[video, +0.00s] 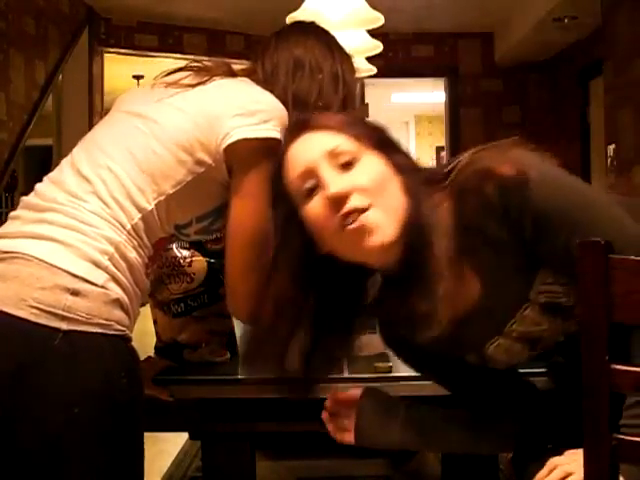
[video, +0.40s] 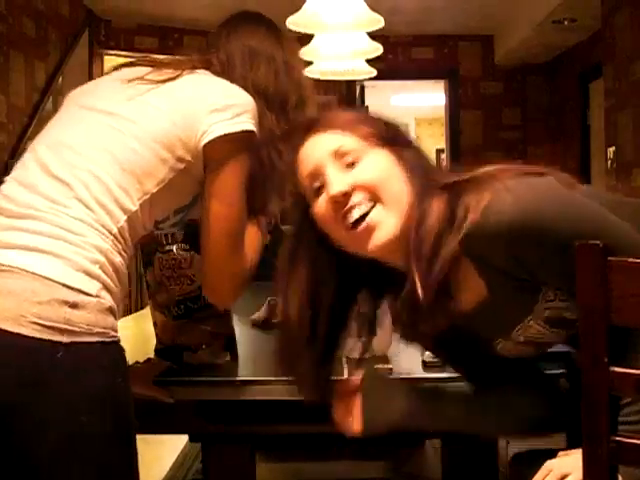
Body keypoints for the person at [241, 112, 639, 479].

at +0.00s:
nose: (335, 192)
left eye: (346, 163)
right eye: (309, 190)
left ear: (394, 165)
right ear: (309, 235)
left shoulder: (503, 185)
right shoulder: (404, 323)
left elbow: (635, 271)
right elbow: (524, 424)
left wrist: (609, 445)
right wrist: (389, 421)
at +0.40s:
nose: (336, 191)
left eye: (350, 161)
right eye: (317, 190)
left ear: (403, 157)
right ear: (319, 228)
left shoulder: (507, 211)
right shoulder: (423, 309)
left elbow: (638, 277)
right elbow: (544, 411)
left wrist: (609, 447)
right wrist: (403, 406)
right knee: (527, 469)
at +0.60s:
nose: (405, 120)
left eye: (425, 95)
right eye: (397, 113)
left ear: (479, 99)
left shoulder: (577, 155)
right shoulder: (479, 237)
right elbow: (586, 356)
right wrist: (461, 331)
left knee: (537, 471)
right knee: (527, 465)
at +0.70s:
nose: (465, 98)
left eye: (489, 73)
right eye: (460, 83)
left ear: (546, 81)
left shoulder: (614, 162)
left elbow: (619, 341)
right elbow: (601, 332)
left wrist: (512, 299)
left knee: (531, 466)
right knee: (523, 461)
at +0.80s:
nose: (528, 83)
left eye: (552, 59)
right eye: (532, 65)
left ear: (610, 70)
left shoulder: (631, 174)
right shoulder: (546, 176)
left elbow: (634, 289)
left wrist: (561, 259)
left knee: (533, 467)